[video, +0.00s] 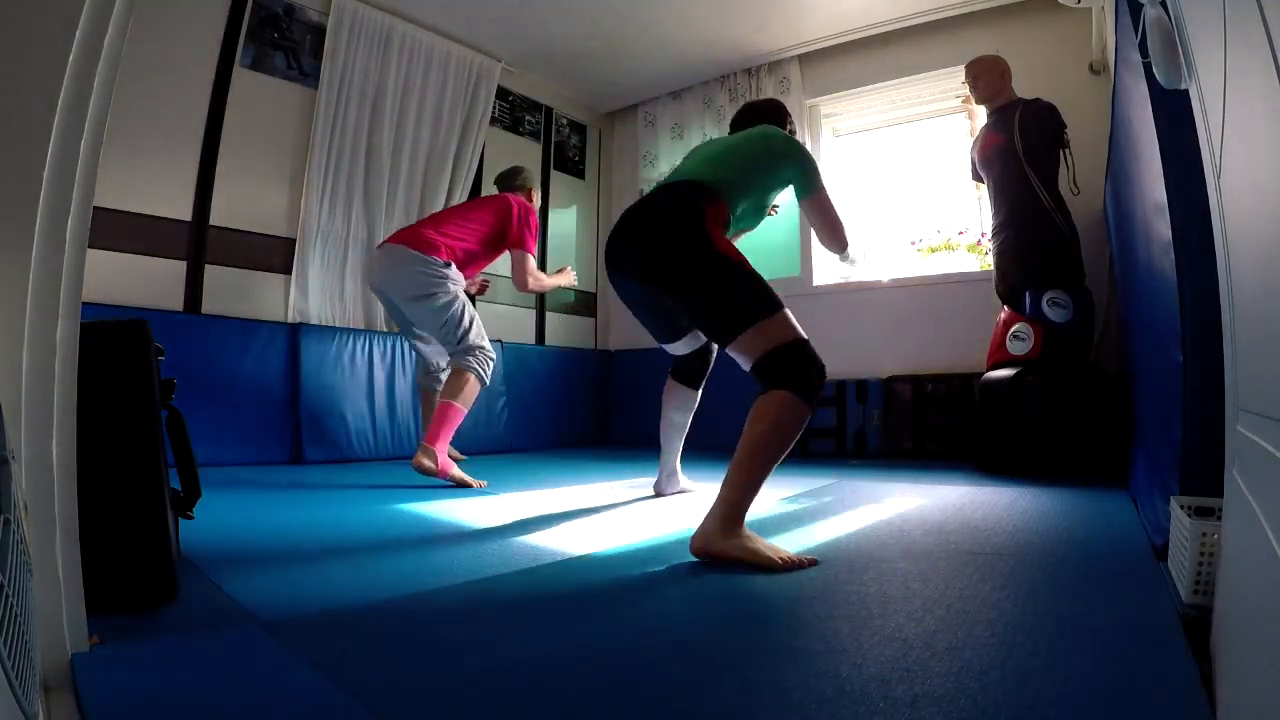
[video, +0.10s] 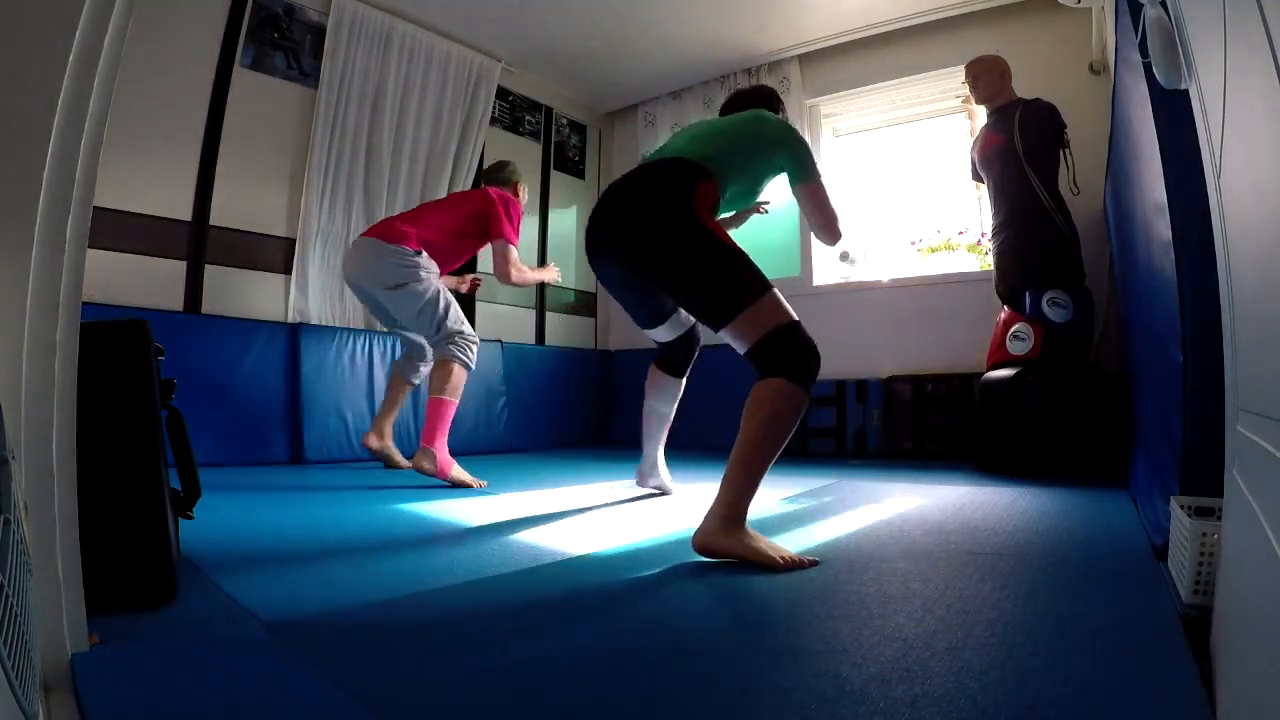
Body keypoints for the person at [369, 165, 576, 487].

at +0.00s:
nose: (538, 203)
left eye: (537, 199)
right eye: (538, 198)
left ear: (503, 192)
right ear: (532, 195)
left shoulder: (478, 207)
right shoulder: (522, 209)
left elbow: (429, 246)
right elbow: (526, 280)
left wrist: (463, 284)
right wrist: (561, 279)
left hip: (384, 261)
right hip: (424, 265)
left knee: (435, 357)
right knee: (477, 354)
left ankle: (434, 441)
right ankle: (434, 450)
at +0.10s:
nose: (525, 204)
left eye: (526, 198)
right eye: (526, 196)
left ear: (487, 186)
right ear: (519, 189)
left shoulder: (461, 203)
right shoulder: (503, 201)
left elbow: (412, 261)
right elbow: (509, 273)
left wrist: (454, 282)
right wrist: (544, 274)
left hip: (360, 258)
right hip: (395, 257)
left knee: (419, 349)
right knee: (459, 341)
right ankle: (434, 451)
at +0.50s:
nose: (460, 184)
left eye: (462, 176)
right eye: (461, 174)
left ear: (419, 164)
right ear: (452, 166)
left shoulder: (398, 183)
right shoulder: (433, 180)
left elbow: (335, 255)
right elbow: (440, 259)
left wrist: (380, 269)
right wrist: (478, 260)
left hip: (282, 238)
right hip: (301, 242)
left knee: (345, 336)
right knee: (352, 351)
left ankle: (328, 436)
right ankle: (287, 465)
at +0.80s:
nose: (416, 170)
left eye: (416, 163)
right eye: (417, 161)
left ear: (379, 151)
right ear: (407, 154)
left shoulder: (350, 174)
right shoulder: (374, 169)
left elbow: (285, 248)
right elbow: (372, 249)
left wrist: (341, 266)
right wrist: (422, 256)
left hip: (252, 242)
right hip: (226, 229)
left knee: (289, 337)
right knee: (256, 346)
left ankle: (280, 443)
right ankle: (180, 462)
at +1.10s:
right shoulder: (306, 173)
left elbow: (264, 270)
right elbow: (305, 249)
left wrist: (330, 274)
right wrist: (350, 268)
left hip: (198, 237)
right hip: (173, 221)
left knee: (241, 339)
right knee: (222, 332)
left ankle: (210, 453)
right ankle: (139, 415)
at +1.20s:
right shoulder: (288, 191)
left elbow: (255, 281)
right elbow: (287, 261)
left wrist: (326, 281)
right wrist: (336, 279)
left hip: (183, 248)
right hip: (155, 230)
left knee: (227, 341)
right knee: (190, 356)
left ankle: (207, 455)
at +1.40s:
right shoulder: (273, 211)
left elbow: (218, 291)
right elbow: (272, 281)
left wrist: (286, 305)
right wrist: (329, 290)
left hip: (165, 260)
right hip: (132, 244)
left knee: (219, 340)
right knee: (189, 365)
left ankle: (206, 456)